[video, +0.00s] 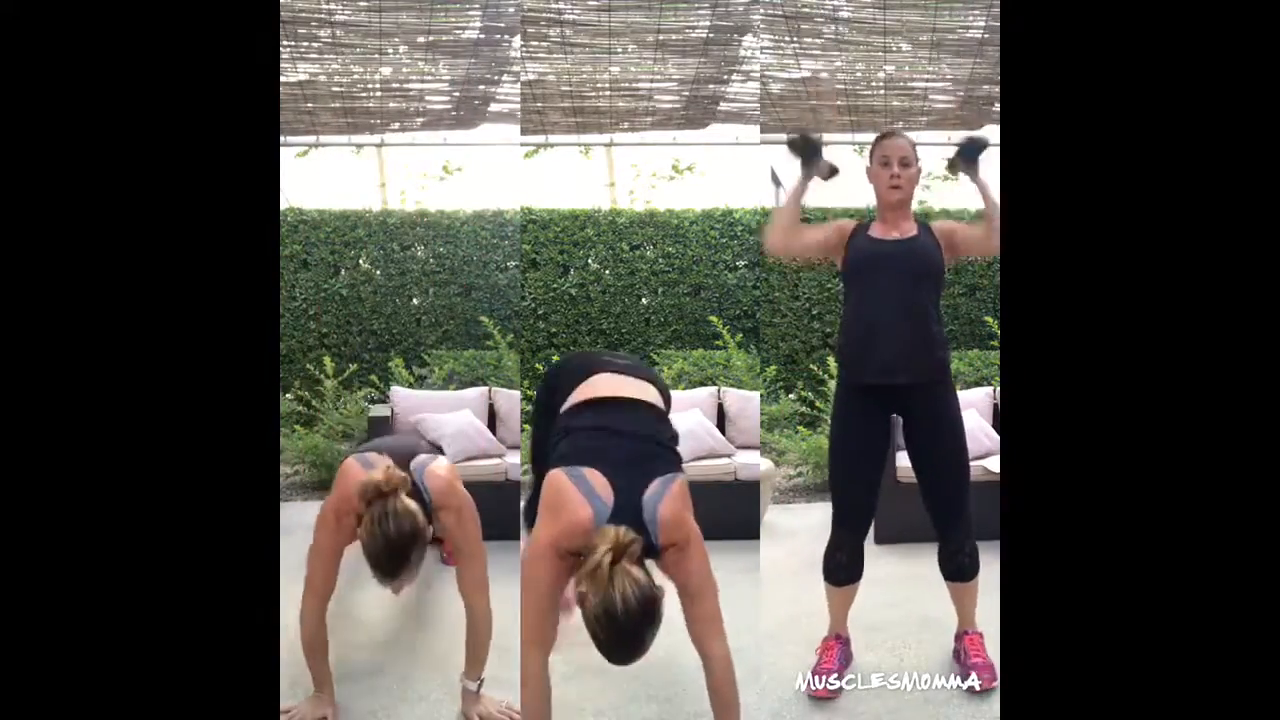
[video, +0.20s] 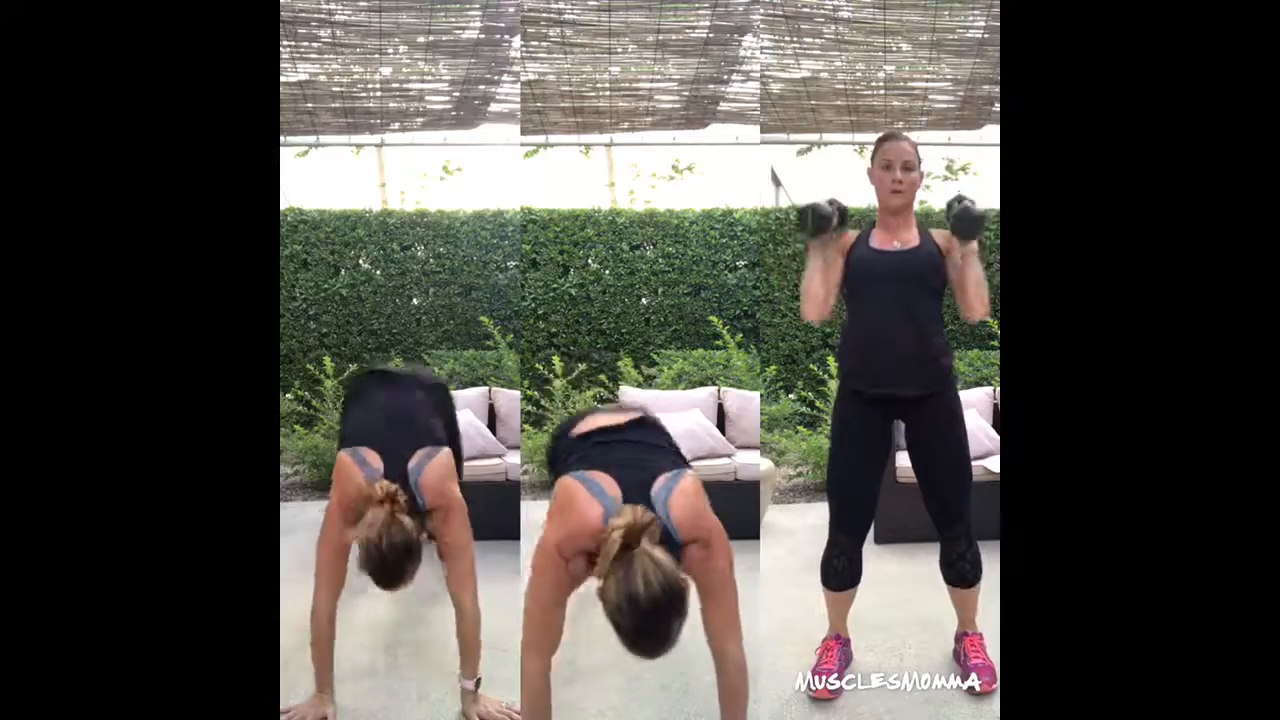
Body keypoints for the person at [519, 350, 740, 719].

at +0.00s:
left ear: (657, 591)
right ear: (582, 590)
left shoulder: (677, 529)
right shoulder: (553, 531)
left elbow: (714, 649)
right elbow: (534, 658)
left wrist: (729, 716)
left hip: (647, 382)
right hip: (571, 377)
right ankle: (561, 590)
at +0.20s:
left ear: (684, 579)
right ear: (601, 589)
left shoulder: (700, 529)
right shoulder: (567, 536)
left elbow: (728, 648)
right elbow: (535, 657)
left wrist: (734, 715)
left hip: (649, 429)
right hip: (575, 434)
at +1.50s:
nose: (633, 619)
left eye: (644, 610)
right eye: (622, 610)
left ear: (671, 549)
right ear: (590, 554)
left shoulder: (696, 521)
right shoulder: (566, 518)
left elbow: (725, 644)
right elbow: (539, 651)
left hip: (664, 470)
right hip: (591, 466)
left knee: (671, 624)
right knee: (569, 620)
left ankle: (640, 626)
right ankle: (605, 620)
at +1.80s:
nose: (630, 633)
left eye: (638, 627)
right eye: (619, 626)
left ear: (670, 565)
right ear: (587, 566)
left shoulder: (688, 515)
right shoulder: (567, 521)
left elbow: (722, 642)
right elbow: (538, 649)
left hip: (663, 449)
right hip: (588, 449)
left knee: (672, 593)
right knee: (579, 589)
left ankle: (643, 625)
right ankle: (599, 613)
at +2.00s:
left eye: (646, 637)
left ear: (667, 581)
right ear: (592, 582)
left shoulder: (688, 516)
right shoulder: (572, 521)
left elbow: (721, 644)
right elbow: (539, 649)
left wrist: (731, 715)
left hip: (664, 383)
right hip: (583, 385)